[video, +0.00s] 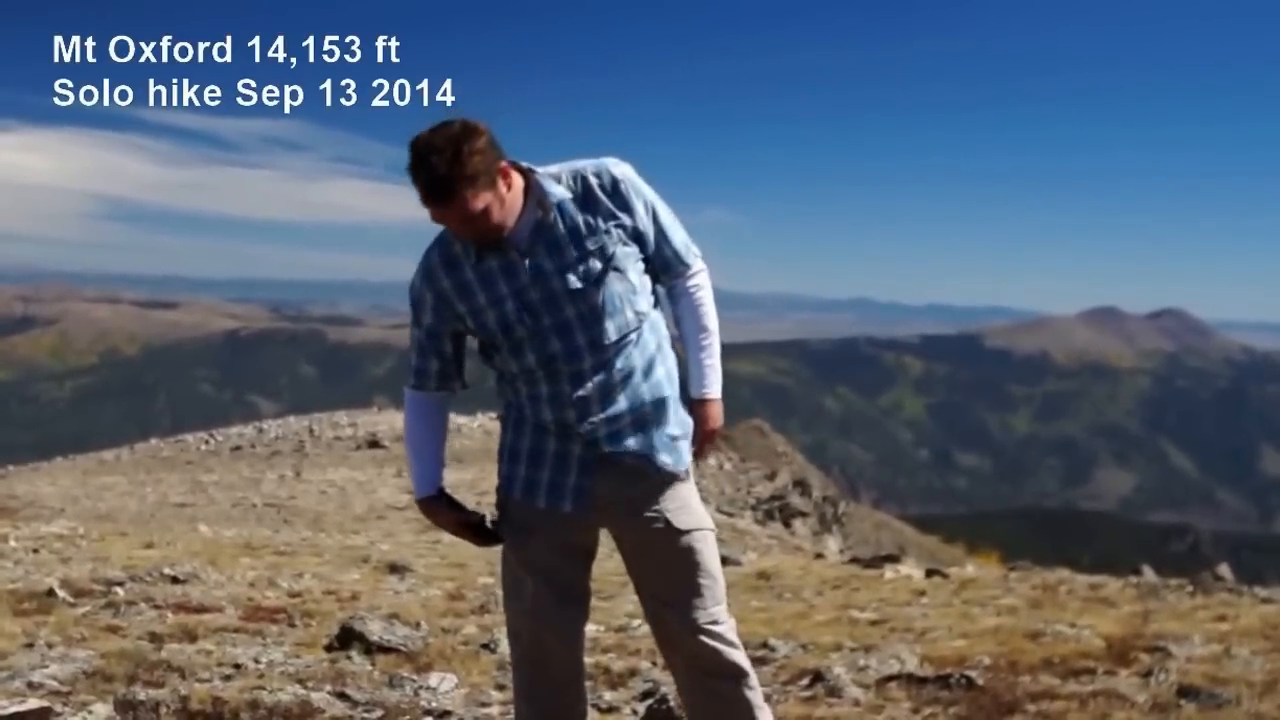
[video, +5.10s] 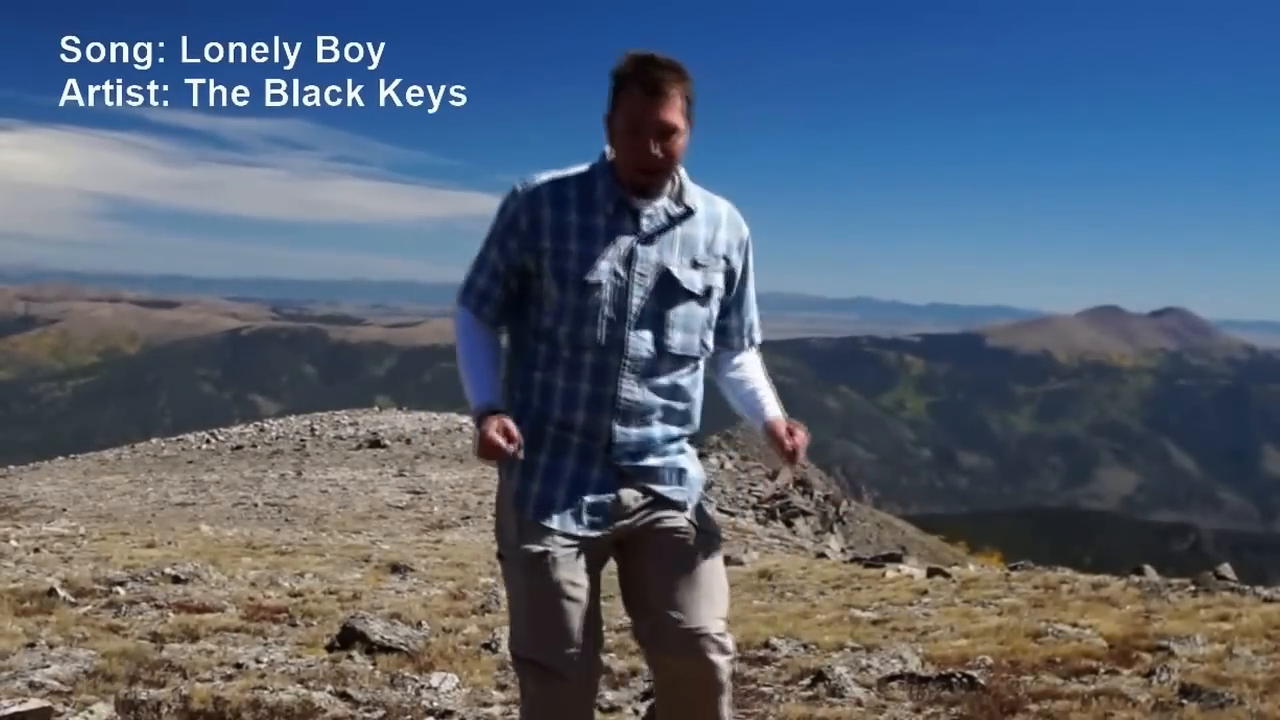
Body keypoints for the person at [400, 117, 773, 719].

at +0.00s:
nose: (467, 235)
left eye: (476, 219)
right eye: (451, 226)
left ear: (506, 178)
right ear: (433, 208)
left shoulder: (607, 189)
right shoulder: (443, 273)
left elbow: (687, 276)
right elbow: (426, 388)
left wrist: (706, 394)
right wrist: (428, 492)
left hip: (648, 444)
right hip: (539, 466)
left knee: (702, 642)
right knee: (543, 666)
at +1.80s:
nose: (511, 167)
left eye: (520, 148)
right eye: (493, 155)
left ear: (542, 132)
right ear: (466, 152)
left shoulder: (622, 189)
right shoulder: (450, 251)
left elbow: (691, 290)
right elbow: (447, 360)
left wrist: (709, 411)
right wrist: (460, 461)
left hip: (649, 448)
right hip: (539, 462)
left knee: (698, 641)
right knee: (541, 656)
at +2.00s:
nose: (581, 170)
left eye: (589, 153)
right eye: (563, 158)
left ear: (608, 133)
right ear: (533, 151)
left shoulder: (679, 199)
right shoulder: (500, 241)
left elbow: (732, 304)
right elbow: (469, 353)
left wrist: (744, 423)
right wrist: (435, 455)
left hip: (681, 461)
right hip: (570, 470)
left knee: (733, 656)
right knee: (556, 666)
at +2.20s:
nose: (670, 177)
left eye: (678, 160)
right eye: (653, 164)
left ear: (691, 141)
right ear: (615, 151)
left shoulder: (747, 207)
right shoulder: (568, 238)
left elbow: (790, 316)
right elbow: (526, 343)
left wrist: (797, 434)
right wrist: (468, 432)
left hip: (737, 469)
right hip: (624, 474)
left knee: (763, 664)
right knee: (582, 661)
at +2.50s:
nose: (750, 187)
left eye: (758, 171)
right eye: (735, 173)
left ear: (769, 155)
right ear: (696, 158)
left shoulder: (816, 223)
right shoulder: (641, 238)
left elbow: (856, 339)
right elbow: (598, 349)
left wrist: (877, 449)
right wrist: (553, 446)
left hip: (788, 481)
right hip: (676, 482)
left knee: (791, 671)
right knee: (631, 660)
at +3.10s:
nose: (695, 168)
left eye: (707, 153)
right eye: (681, 150)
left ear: (720, 148)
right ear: (644, 140)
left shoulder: (747, 233)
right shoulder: (571, 230)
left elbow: (769, 355)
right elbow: (519, 332)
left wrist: (790, 455)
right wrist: (493, 405)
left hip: (707, 486)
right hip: (593, 485)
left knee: (745, 670)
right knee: (564, 663)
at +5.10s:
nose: (651, 151)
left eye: (666, 135)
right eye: (637, 133)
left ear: (689, 130)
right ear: (609, 127)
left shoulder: (723, 228)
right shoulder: (538, 208)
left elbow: (736, 349)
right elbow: (476, 311)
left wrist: (771, 416)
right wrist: (488, 407)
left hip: (664, 481)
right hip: (550, 484)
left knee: (700, 662)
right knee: (558, 682)